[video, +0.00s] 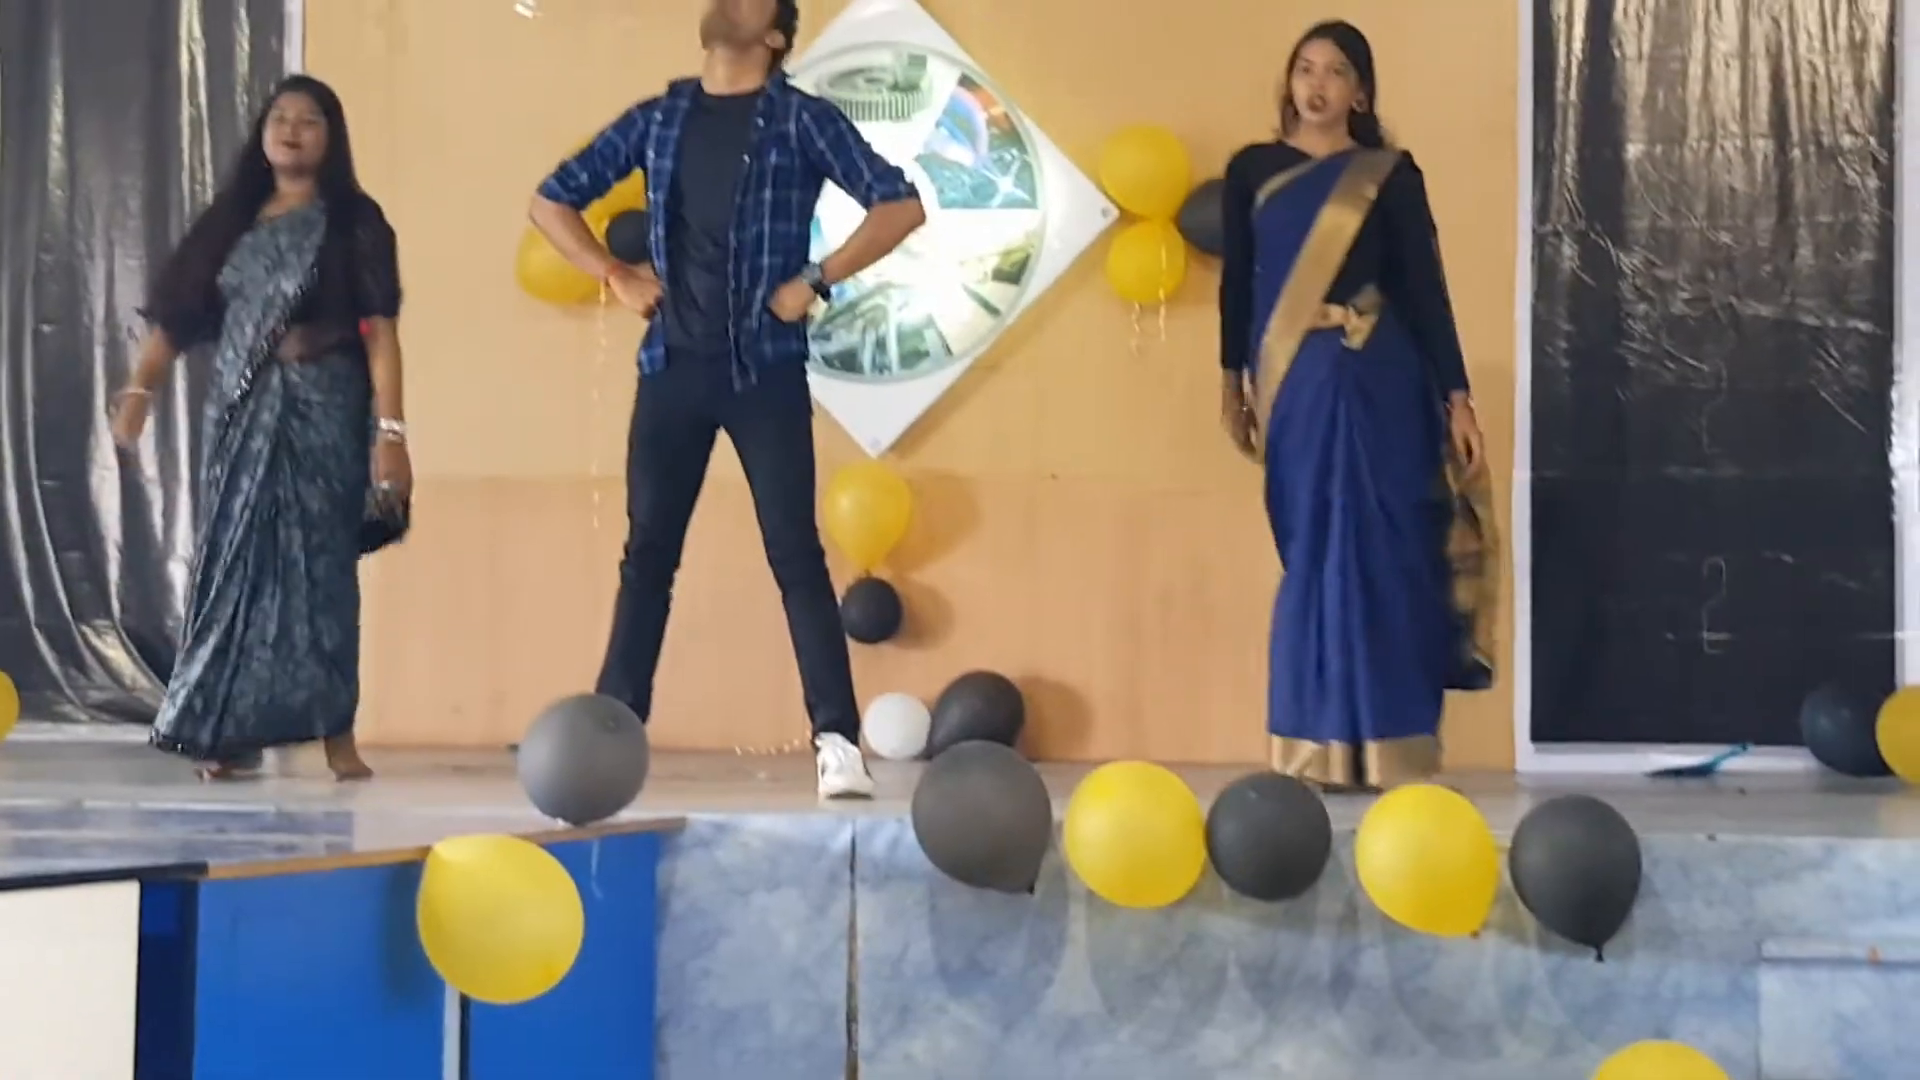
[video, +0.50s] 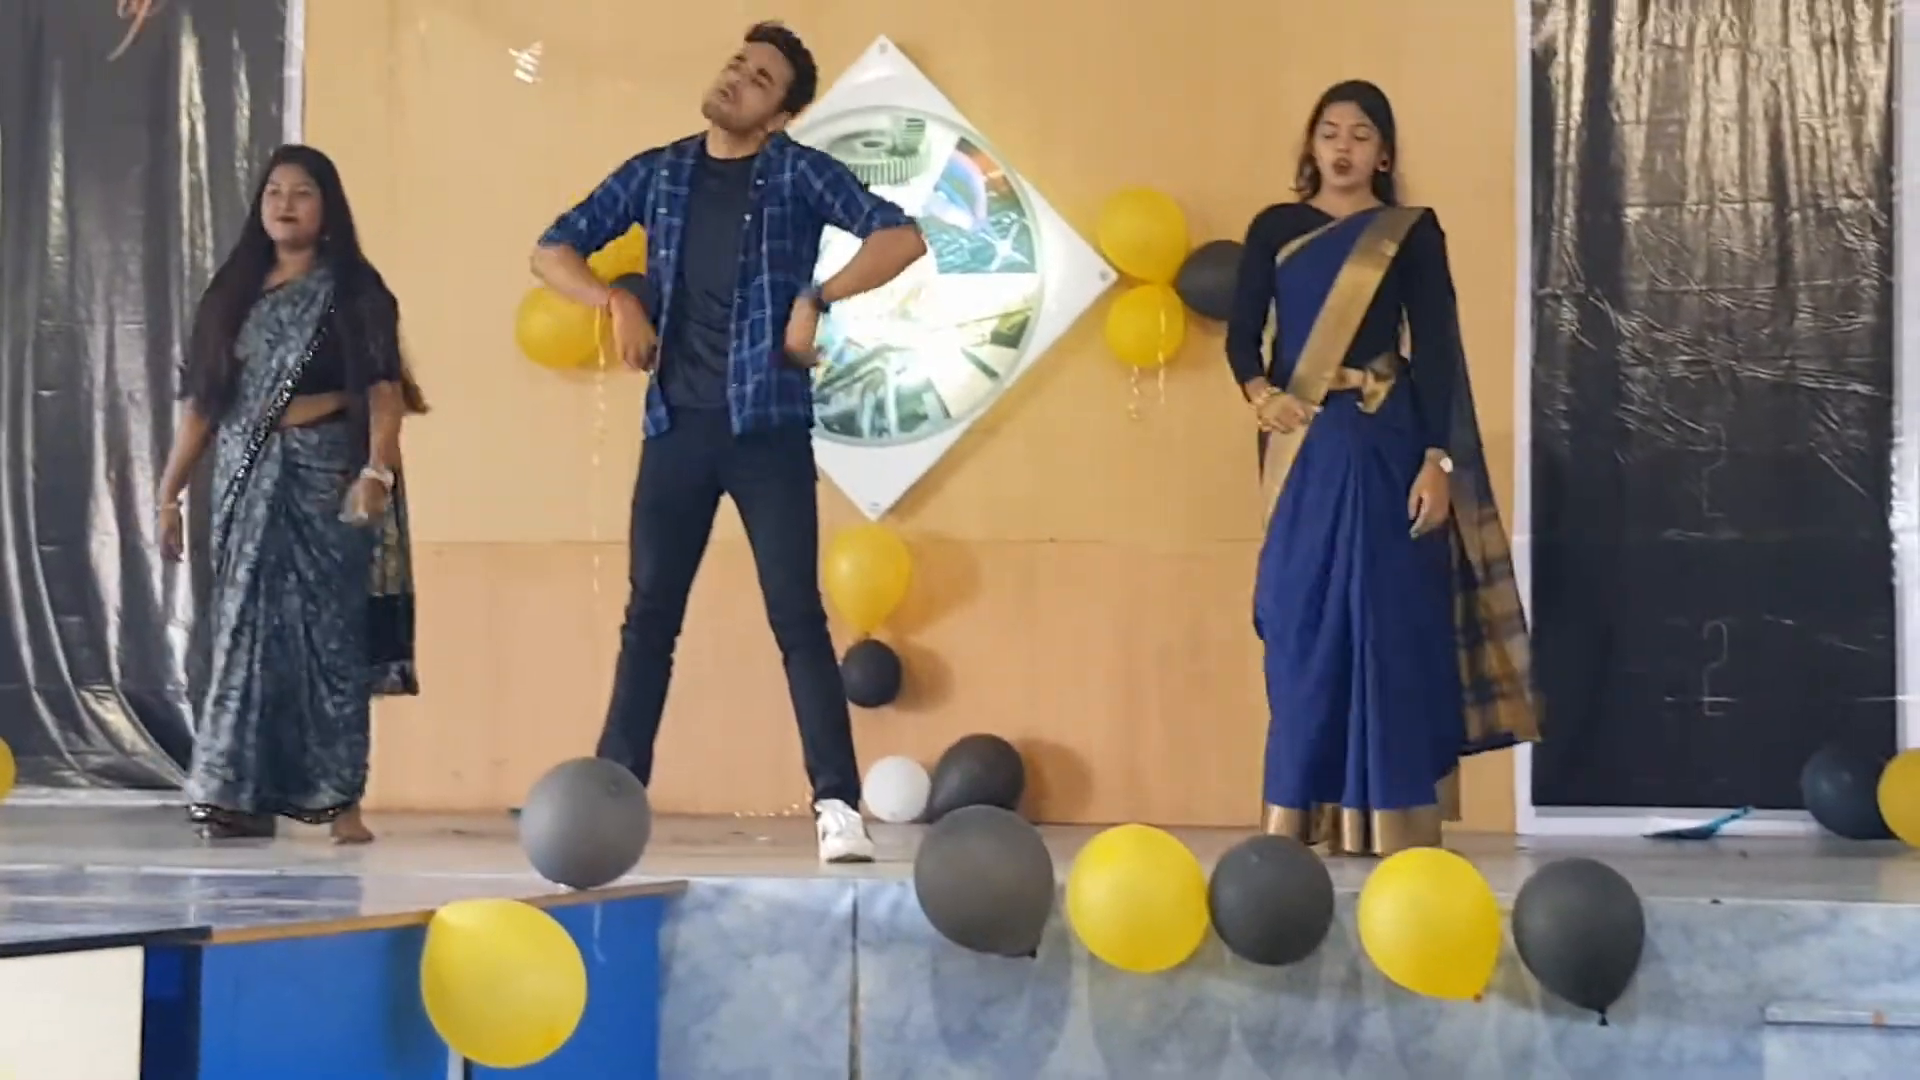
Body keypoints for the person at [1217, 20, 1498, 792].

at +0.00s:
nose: (1317, 82)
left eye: (1334, 72)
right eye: (1307, 69)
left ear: (1360, 88)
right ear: (1287, 80)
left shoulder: (1392, 174)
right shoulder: (1251, 168)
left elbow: (1426, 289)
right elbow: (1237, 279)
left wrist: (1457, 394)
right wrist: (1235, 373)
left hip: (1385, 388)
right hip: (1295, 389)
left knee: (1388, 556)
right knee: (1314, 555)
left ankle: (1392, 745)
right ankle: (1318, 746)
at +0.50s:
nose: (1343, 144)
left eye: (1359, 133)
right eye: (1331, 131)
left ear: (1384, 148)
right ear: (1310, 142)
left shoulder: (1413, 232)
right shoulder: (1276, 226)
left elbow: (1440, 352)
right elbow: (1242, 329)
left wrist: (1443, 455)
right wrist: (1256, 388)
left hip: (1391, 445)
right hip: (1308, 445)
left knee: (1390, 625)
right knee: (1301, 622)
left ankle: (1402, 822)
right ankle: (1287, 818)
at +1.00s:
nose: (1427, 315)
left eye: (1444, 302)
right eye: (1415, 299)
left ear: (1470, 318)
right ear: (1397, 308)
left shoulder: (1491, 412)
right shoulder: (1357, 379)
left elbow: (1504, 539)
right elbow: (1308, 476)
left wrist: (1561, 597)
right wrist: (1320, 549)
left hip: (1471, 610)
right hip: (1379, 607)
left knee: (1485, 779)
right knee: (1372, 779)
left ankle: (1452, 961)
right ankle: (1364, 967)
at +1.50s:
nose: (1660, 364)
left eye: (1678, 349)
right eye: (1651, 352)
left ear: (1721, 362)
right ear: (1644, 367)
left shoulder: (1767, 462)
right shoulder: (1618, 446)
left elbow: (1786, 586)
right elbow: (1558, 557)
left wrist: (1866, 566)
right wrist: (1638, 537)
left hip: (1741, 669)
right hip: (1641, 670)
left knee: (1760, 844)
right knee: (1659, 851)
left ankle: (1760, 1047)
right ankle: (1650, 1041)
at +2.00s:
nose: (1616, 465)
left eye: (1632, 447)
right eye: (1606, 454)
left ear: (1675, 453)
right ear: (1601, 468)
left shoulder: (1740, 523)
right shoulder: (1598, 559)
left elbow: (1805, 618)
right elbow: (1584, 690)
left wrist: (1708, 595)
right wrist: (1563, 656)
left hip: (1743, 760)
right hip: (1644, 770)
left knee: (1751, 936)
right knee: (1626, 931)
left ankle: (1758, 1065)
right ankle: (1641, 1065)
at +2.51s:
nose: (1453, 316)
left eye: (1468, 302)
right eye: (1449, 302)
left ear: (1508, 314)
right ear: (1441, 314)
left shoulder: (1552, 398)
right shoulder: (1416, 404)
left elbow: (1599, 524)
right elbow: (1395, 509)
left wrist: (1542, 545)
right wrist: (1361, 551)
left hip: (1524, 623)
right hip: (1443, 624)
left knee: (1505, 805)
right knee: (1408, 786)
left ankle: (1525, 1004)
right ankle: (1388, 1002)